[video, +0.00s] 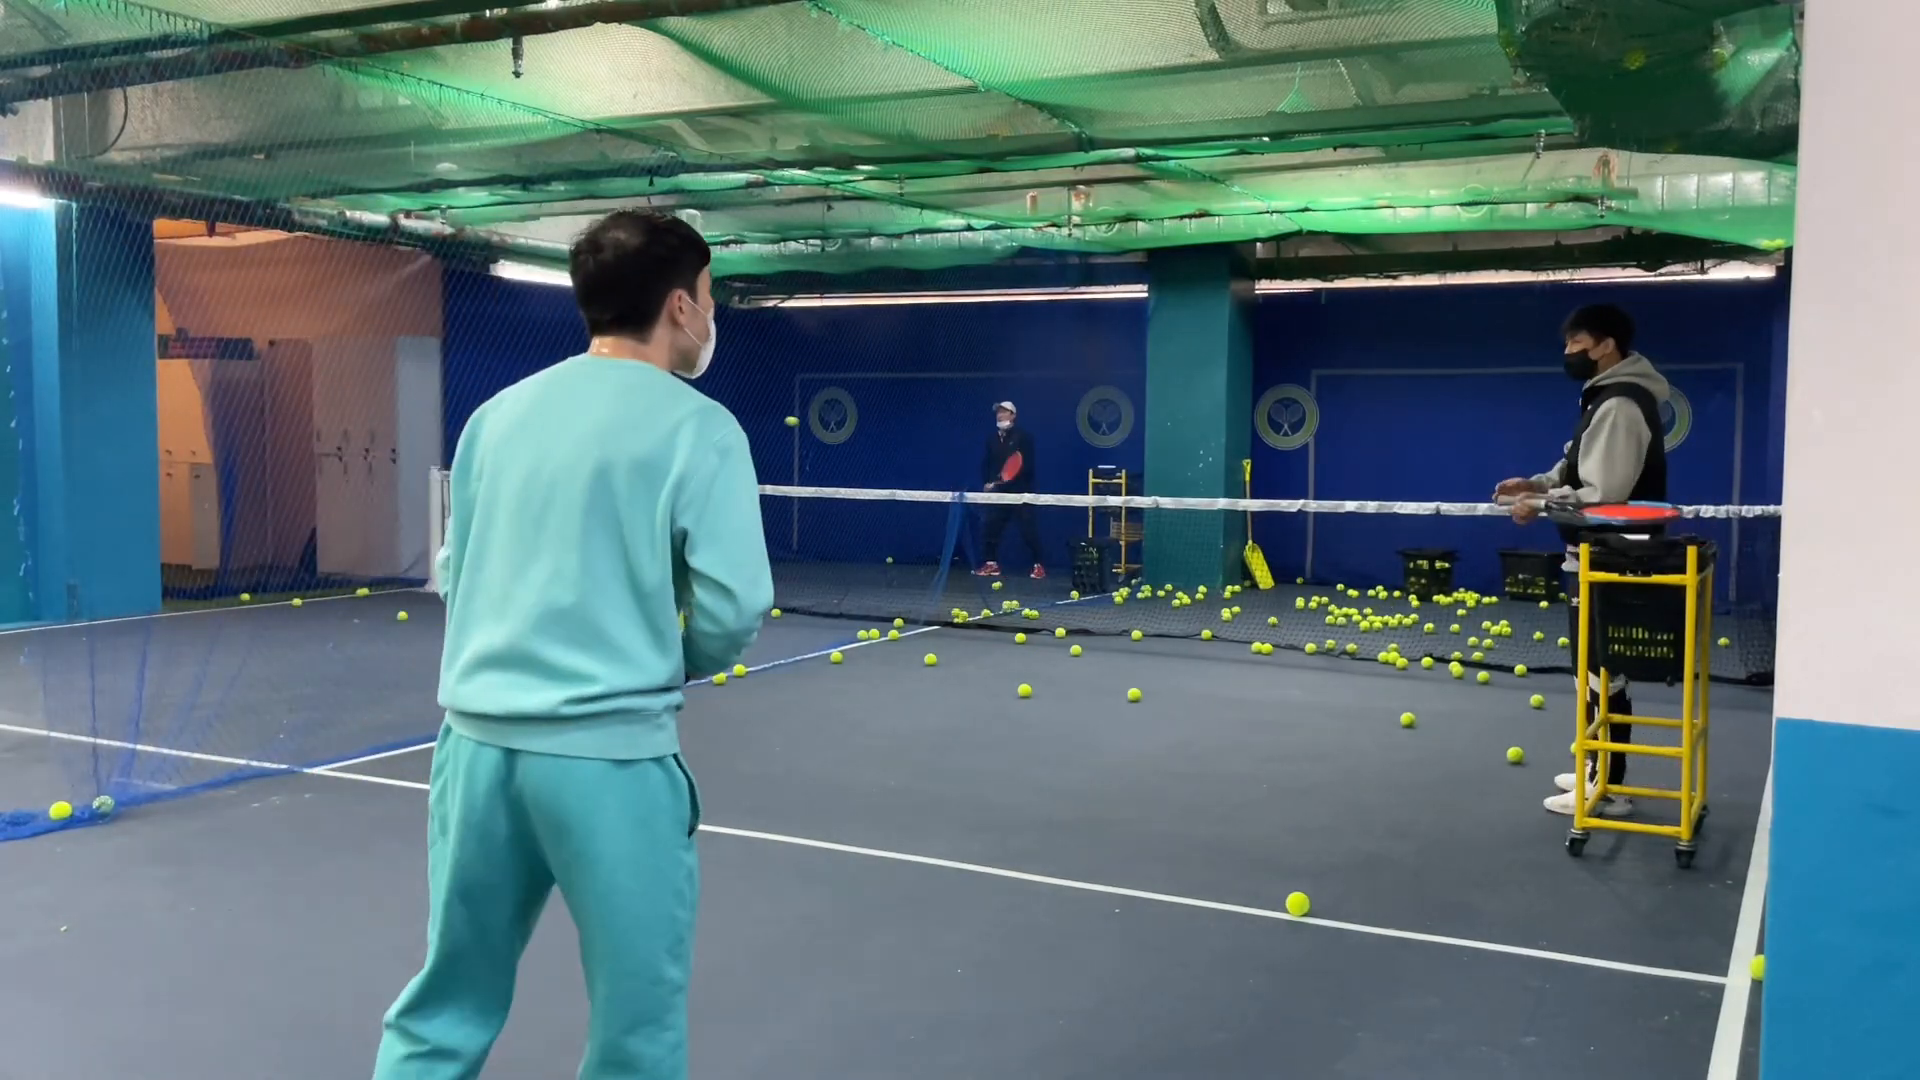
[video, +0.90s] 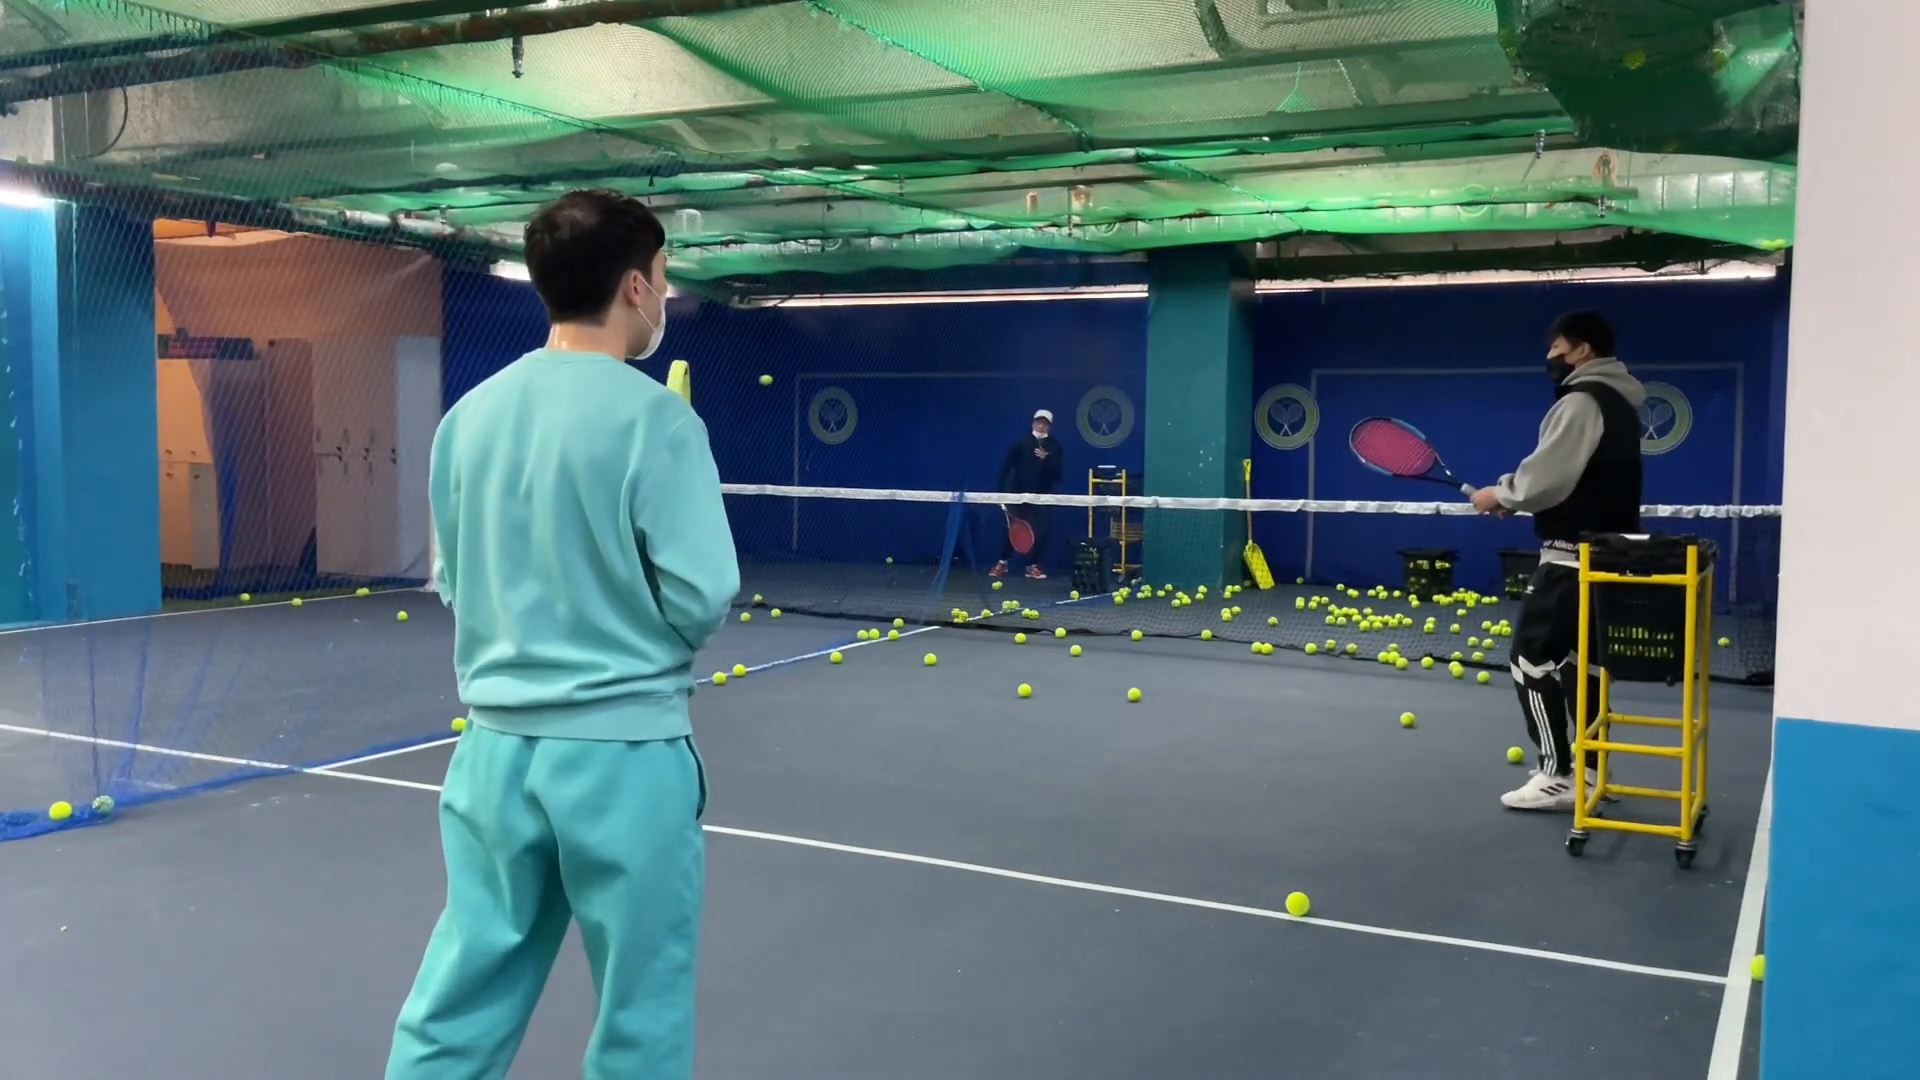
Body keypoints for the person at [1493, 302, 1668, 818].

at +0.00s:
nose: (1569, 350)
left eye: (1578, 341)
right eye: (1568, 342)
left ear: (1608, 344)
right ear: (1601, 348)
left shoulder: (1619, 405)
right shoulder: (1603, 399)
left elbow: (1604, 492)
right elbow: (1576, 469)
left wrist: (1543, 504)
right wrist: (1535, 484)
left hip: (1612, 557)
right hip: (1596, 553)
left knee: (1602, 669)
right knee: (1594, 665)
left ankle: (1606, 785)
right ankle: (1598, 768)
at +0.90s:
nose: (1550, 356)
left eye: (1557, 347)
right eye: (1551, 348)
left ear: (1584, 348)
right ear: (1592, 351)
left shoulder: (1582, 402)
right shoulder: (1617, 398)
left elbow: (1548, 474)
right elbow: (1576, 477)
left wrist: (1499, 493)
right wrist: (1513, 494)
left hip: (1573, 556)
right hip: (1609, 553)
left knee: (1531, 662)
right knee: (1579, 661)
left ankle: (1557, 776)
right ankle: (1589, 769)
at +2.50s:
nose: (1438, 361)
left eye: (1445, 350)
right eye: (1432, 355)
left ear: (1472, 348)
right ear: (1431, 360)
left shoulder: (1507, 401)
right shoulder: (1446, 413)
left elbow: (1511, 467)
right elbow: (1420, 467)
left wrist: (1461, 466)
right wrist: (1410, 473)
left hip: (1506, 553)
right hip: (1469, 555)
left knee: (1494, 670)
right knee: (1468, 664)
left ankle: (1503, 785)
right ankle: (1479, 760)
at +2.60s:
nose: (1438, 361)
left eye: (1446, 350)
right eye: (1432, 355)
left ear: (1471, 348)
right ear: (1431, 361)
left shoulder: (1504, 401)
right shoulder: (1448, 413)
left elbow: (1509, 468)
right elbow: (1431, 469)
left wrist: (1462, 465)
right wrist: (1407, 475)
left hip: (1502, 554)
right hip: (1468, 555)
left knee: (1493, 672)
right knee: (1469, 666)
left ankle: (1504, 785)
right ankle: (1478, 760)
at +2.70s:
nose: (1440, 365)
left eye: (1446, 354)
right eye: (1433, 359)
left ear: (1470, 350)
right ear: (1431, 364)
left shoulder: (1499, 401)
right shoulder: (1454, 409)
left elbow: (1504, 467)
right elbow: (1433, 457)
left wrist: (1460, 472)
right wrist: (1406, 474)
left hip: (1499, 554)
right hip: (1469, 554)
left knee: (1492, 673)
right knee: (1470, 667)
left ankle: (1504, 786)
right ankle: (1479, 760)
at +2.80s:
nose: (1438, 367)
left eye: (1444, 356)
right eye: (1432, 361)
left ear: (1472, 351)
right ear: (1433, 365)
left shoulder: (1497, 400)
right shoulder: (1460, 403)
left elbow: (1505, 469)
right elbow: (1436, 453)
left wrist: (1449, 479)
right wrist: (1406, 478)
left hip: (1496, 554)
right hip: (1470, 553)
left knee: (1488, 671)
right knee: (1469, 667)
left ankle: (1503, 786)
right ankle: (1479, 761)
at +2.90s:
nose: (1438, 368)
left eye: (1444, 356)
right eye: (1432, 361)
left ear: (1471, 351)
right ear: (1435, 364)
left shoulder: (1494, 399)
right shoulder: (1464, 401)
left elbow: (1491, 465)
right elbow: (1437, 455)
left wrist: (1440, 485)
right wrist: (1405, 482)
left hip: (1493, 557)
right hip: (1469, 556)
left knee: (1484, 671)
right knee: (1467, 668)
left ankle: (1502, 786)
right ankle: (1478, 760)